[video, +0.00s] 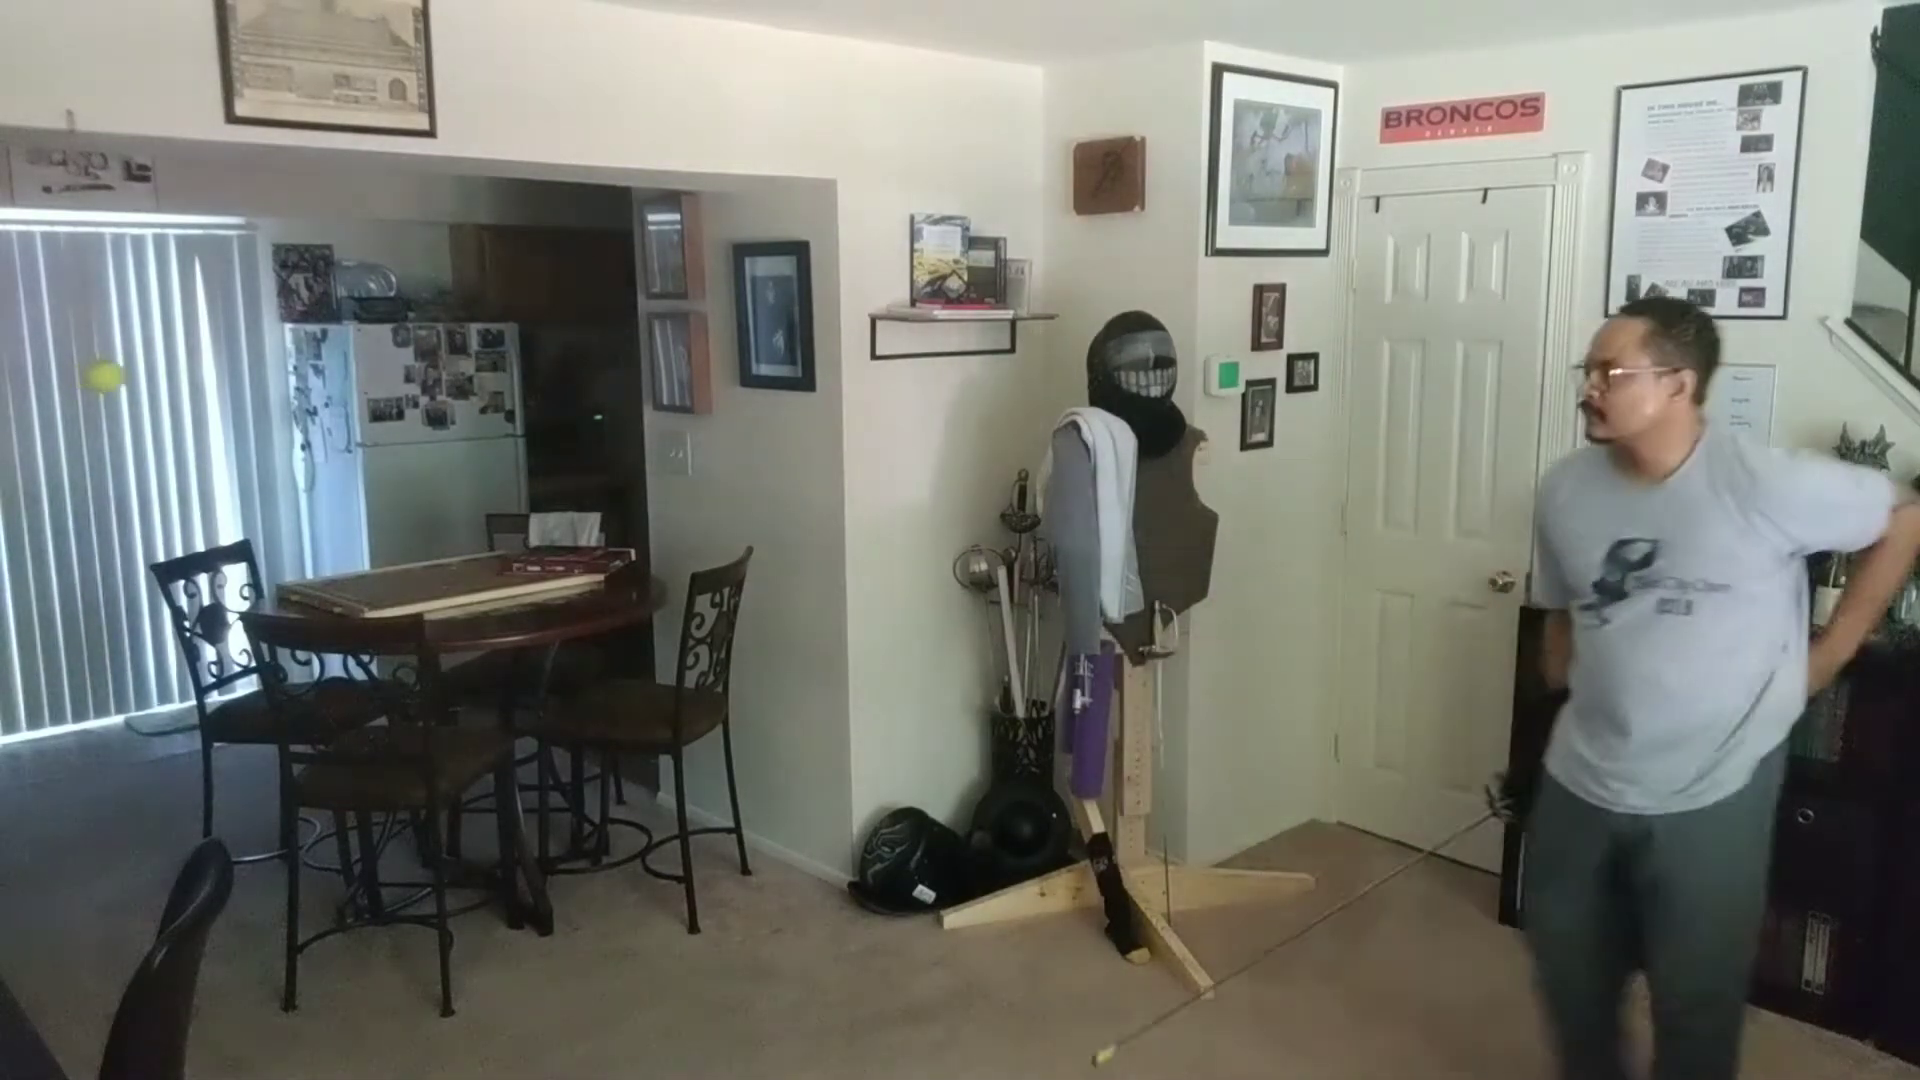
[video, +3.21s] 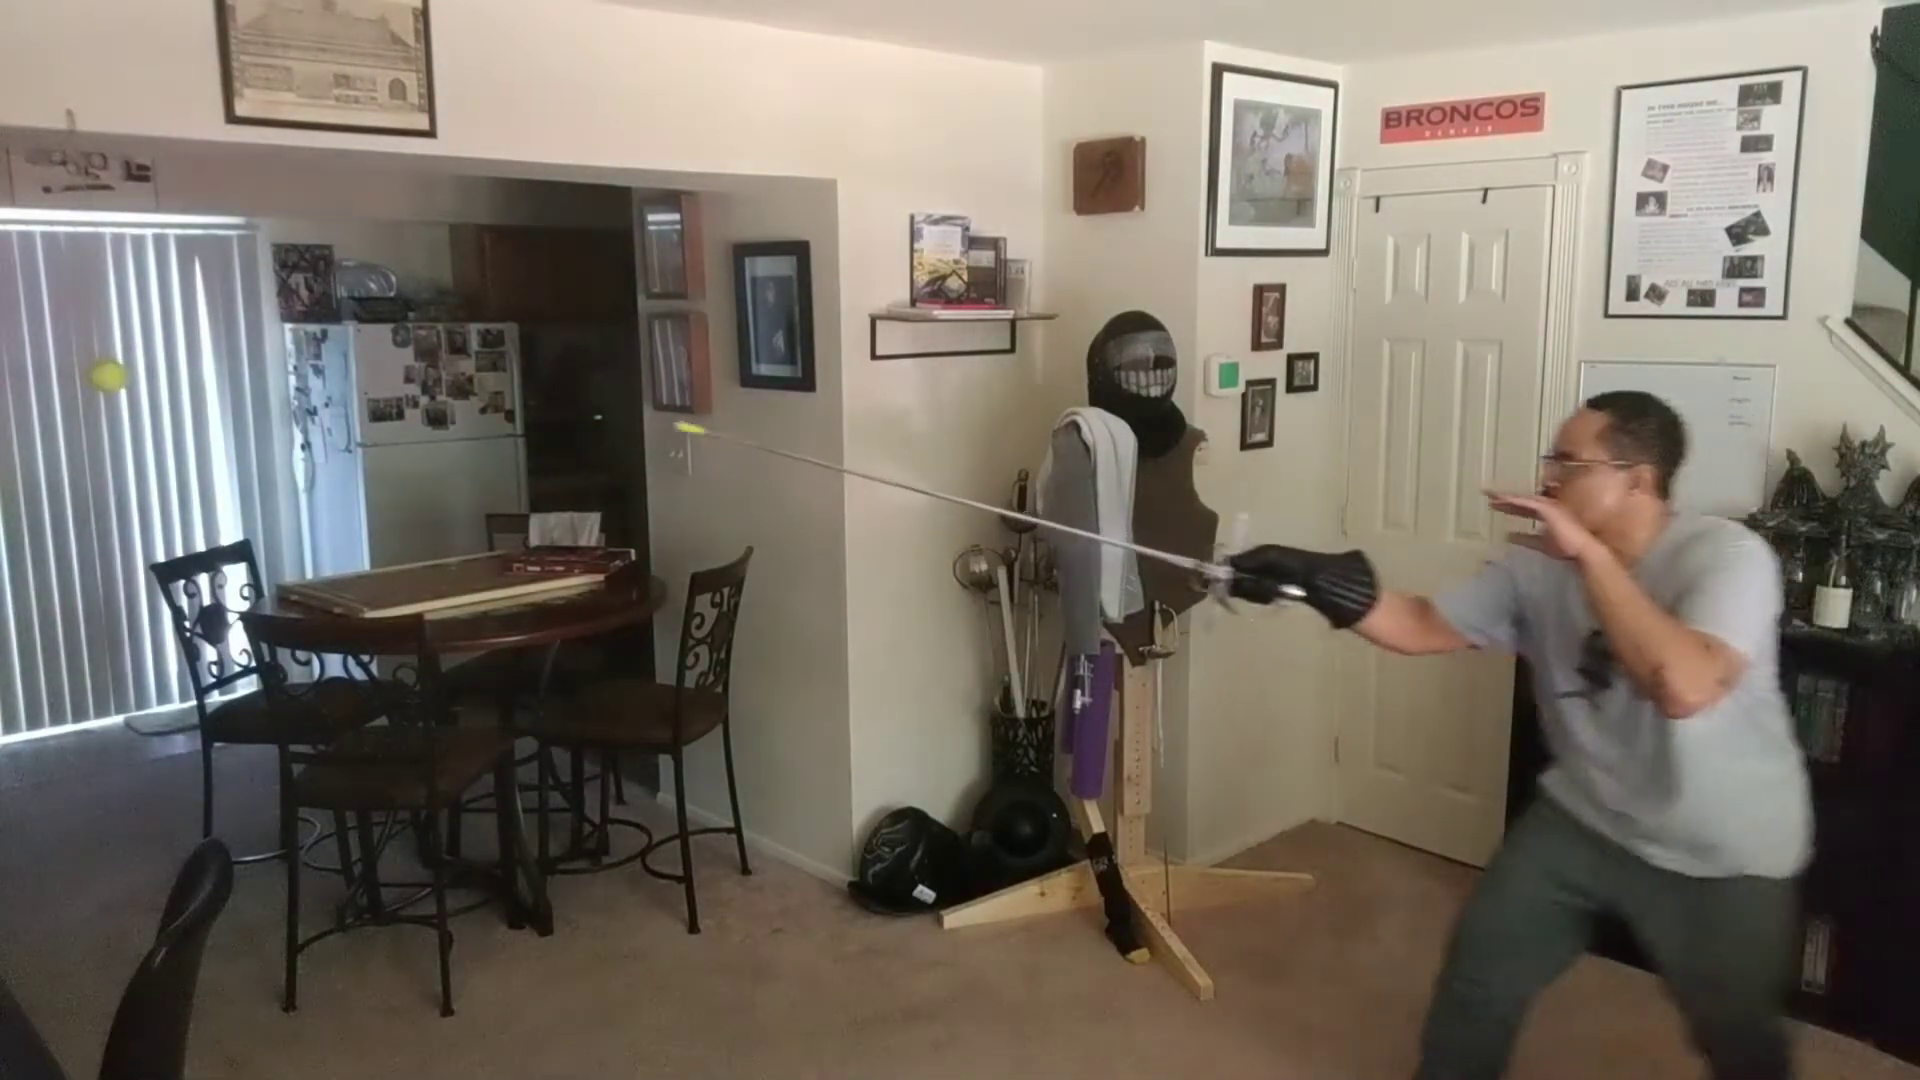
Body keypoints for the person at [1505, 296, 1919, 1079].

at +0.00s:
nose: (1587, 389)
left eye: (1608, 373)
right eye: (1587, 372)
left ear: (1675, 386)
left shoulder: (1763, 483)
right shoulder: (1565, 487)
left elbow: (1904, 518)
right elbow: (1560, 607)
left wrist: (1828, 657)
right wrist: (1563, 675)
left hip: (1716, 798)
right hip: (1579, 783)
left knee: (1696, 1022)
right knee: (1572, 1003)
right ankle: (1592, 1070)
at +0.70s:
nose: (1676, 370)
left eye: (1698, 356)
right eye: (1677, 354)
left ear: (1765, 367)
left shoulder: (1857, 470)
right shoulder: (1654, 486)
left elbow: (1916, 584)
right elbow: (1639, 628)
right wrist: (1623, 753)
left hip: (1814, 781)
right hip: (1686, 776)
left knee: (1792, 1016)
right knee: (1697, 1005)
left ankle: (1788, 1071)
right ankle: (1706, 1065)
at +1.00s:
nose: (1725, 387)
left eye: (1748, 370)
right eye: (1725, 370)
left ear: (1817, 380)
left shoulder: (1901, 487)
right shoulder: (1691, 501)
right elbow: (1609, 627)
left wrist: (1912, 734)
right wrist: (1547, 719)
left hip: (1857, 801)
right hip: (1710, 782)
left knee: (1843, 1016)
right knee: (1633, 925)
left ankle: (1809, 1074)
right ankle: (1683, 1069)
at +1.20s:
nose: (1723, 423)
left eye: (1745, 403)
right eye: (1724, 406)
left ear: (1817, 412)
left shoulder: (1901, 499)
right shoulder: (1701, 526)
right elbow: (1570, 601)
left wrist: (1843, 639)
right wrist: (1435, 660)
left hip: (1879, 812)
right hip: (1733, 782)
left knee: (1870, 1024)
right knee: (1613, 907)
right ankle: (1577, 1069)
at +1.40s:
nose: (1689, 461)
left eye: (1709, 443)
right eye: (1690, 445)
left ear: (1782, 453)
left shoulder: (1877, 522)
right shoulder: (1679, 554)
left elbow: (1907, 639)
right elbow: (1536, 580)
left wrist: (1752, 579)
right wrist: (1380, 595)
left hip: (1886, 835)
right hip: (1741, 818)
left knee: (1863, 1047)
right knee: (1624, 1008)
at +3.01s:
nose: (1625, 482)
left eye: (1646, 466)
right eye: (1628, 465)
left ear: (1716, 482)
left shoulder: (1812, 559)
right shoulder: (1612, 568)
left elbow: (1780, 687)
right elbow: (1498, 632)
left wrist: (1675, 558)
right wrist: (1386, 585)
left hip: (1826, 866)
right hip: (1670, 826)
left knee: (1832, 1056)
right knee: (1559, 966)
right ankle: (1487, 1074)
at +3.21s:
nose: (1545, 479)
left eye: (1567, 464)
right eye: (1549, 461)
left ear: (1638, 479)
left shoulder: (1730, 559)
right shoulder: (1542, 569)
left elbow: (1686, 685)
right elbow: (1422, 627)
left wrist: (1590, 553)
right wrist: (1314, 578)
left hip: (1726, 862)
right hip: (1583, 822)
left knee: (1743, 1044)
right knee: (1481, 972)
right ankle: (1451, 1073)